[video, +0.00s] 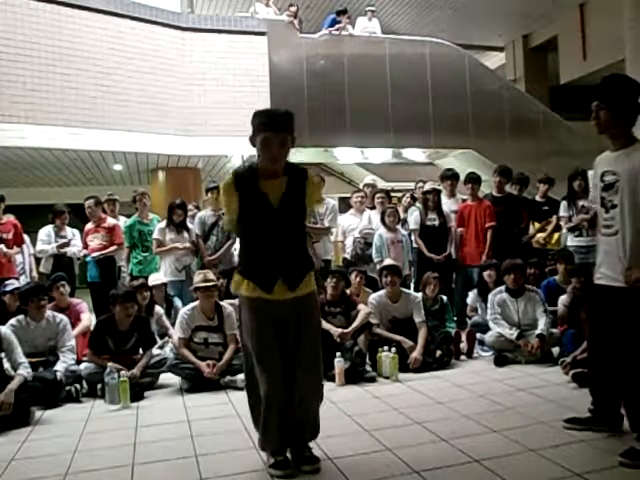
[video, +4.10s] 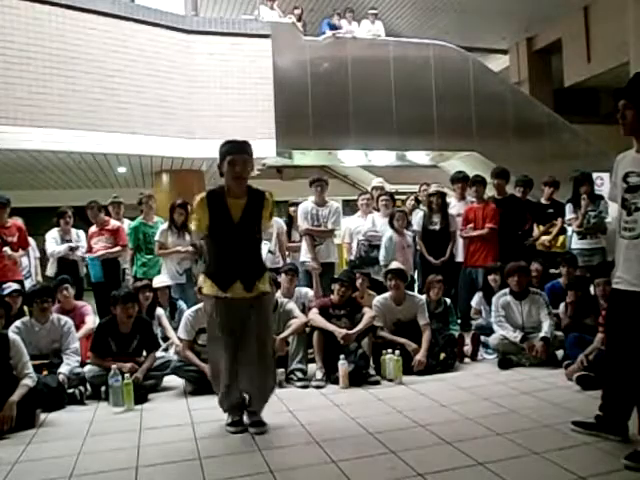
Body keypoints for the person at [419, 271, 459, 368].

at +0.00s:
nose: (432, 288)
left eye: (435, 285)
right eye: (429, 284)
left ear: (439, 287)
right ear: (424, 286)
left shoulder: (443, 300)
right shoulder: (418, 299)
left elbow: (449, 319)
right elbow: (416, 317)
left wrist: (450, 331)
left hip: (440, 329)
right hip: (425, 329)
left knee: (446, 336)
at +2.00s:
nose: (435, 292)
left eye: (437, 288)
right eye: (432, 289)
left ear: (441, 290)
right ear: (427, 291)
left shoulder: (446, 303)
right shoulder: (421, 302)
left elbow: (453, 322)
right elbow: (421, 321)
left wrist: (452, 334)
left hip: (444, 330)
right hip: (429, 331)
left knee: (449, 338)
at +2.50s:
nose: (435, 292)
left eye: (437, 289)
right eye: (432, 289)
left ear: (441, 290)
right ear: (427, 291)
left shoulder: (446, 303)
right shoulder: (421, 303)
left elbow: (453, 322)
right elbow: (421, 322)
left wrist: (453, 334)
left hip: (444, 331)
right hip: (429, 331)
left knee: (449, 338)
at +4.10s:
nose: (436, 291)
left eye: (439, 288)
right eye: (433, 288)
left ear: (443, 290)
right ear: (428, 289)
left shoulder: (447, 303)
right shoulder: (422, 302)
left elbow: (453, 322)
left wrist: (452, 335)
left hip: (444, 332)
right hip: (428, 333)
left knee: (450, 339)